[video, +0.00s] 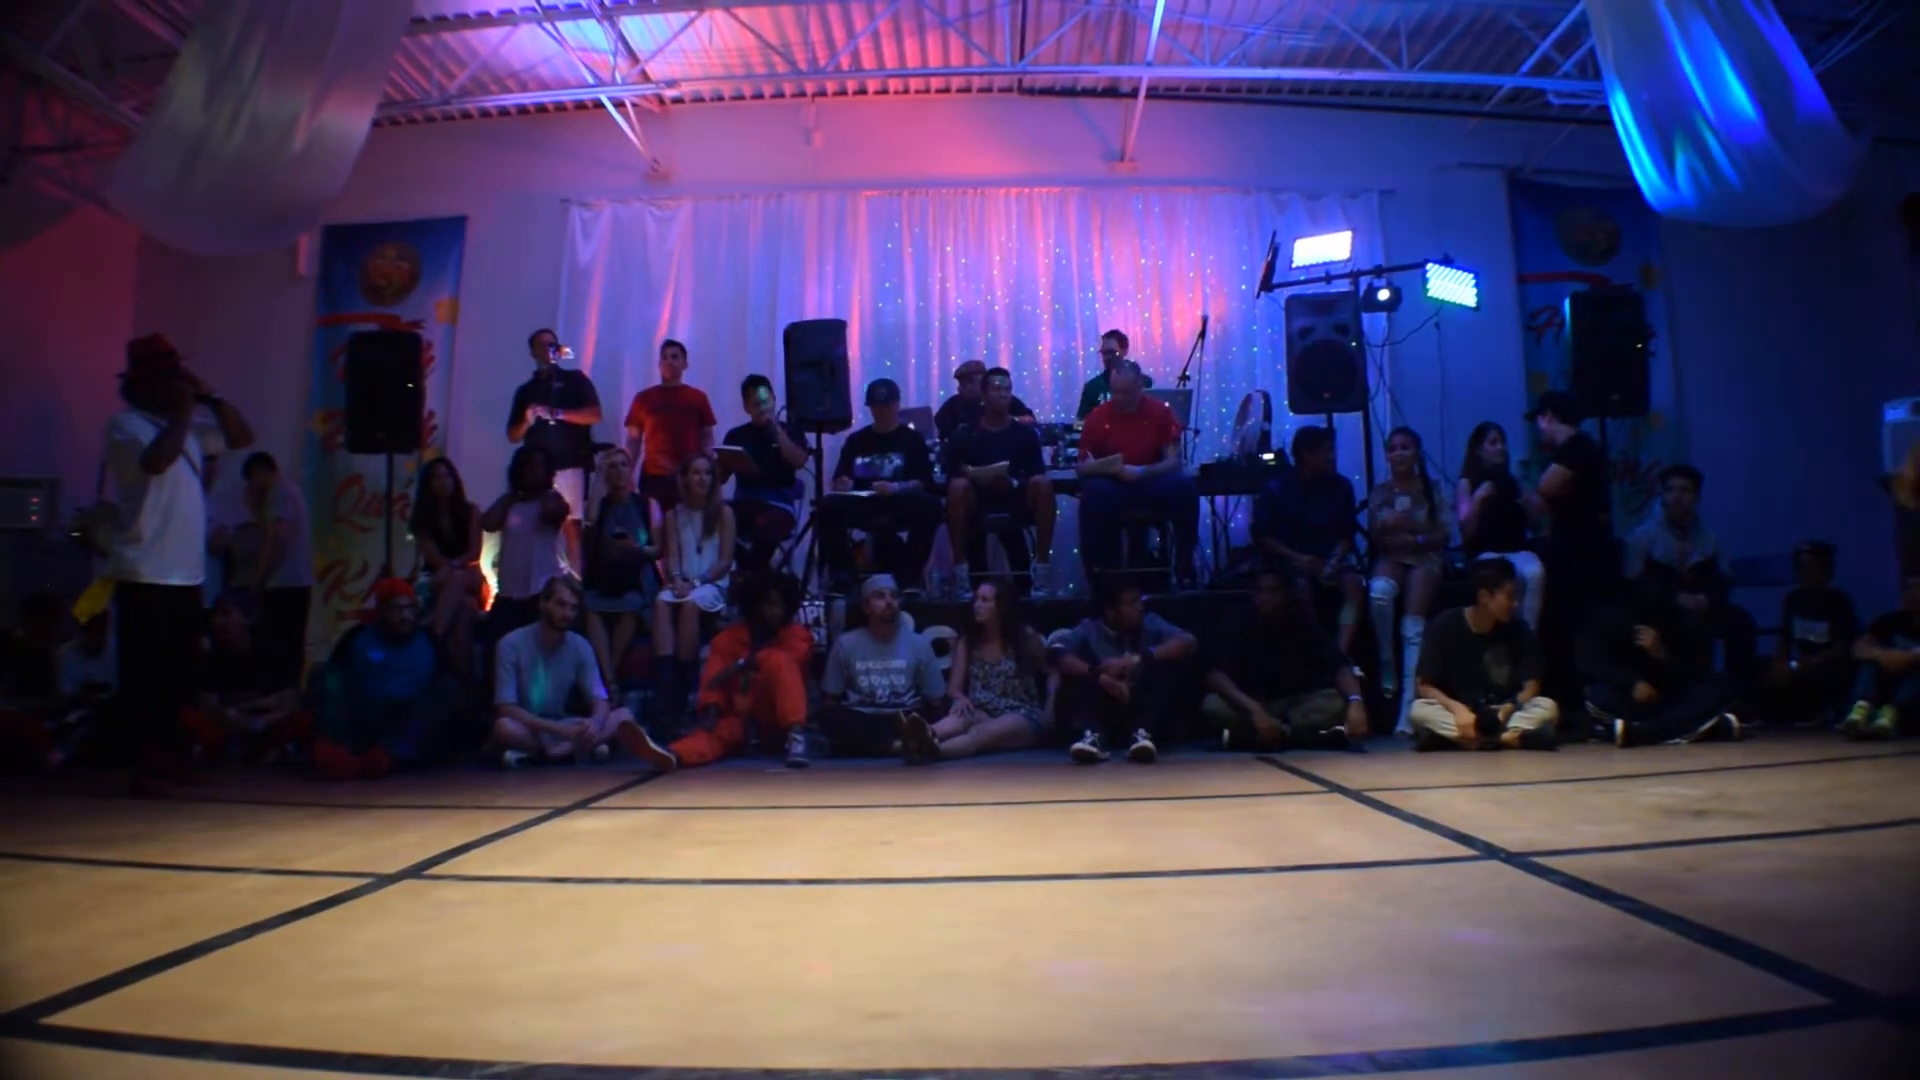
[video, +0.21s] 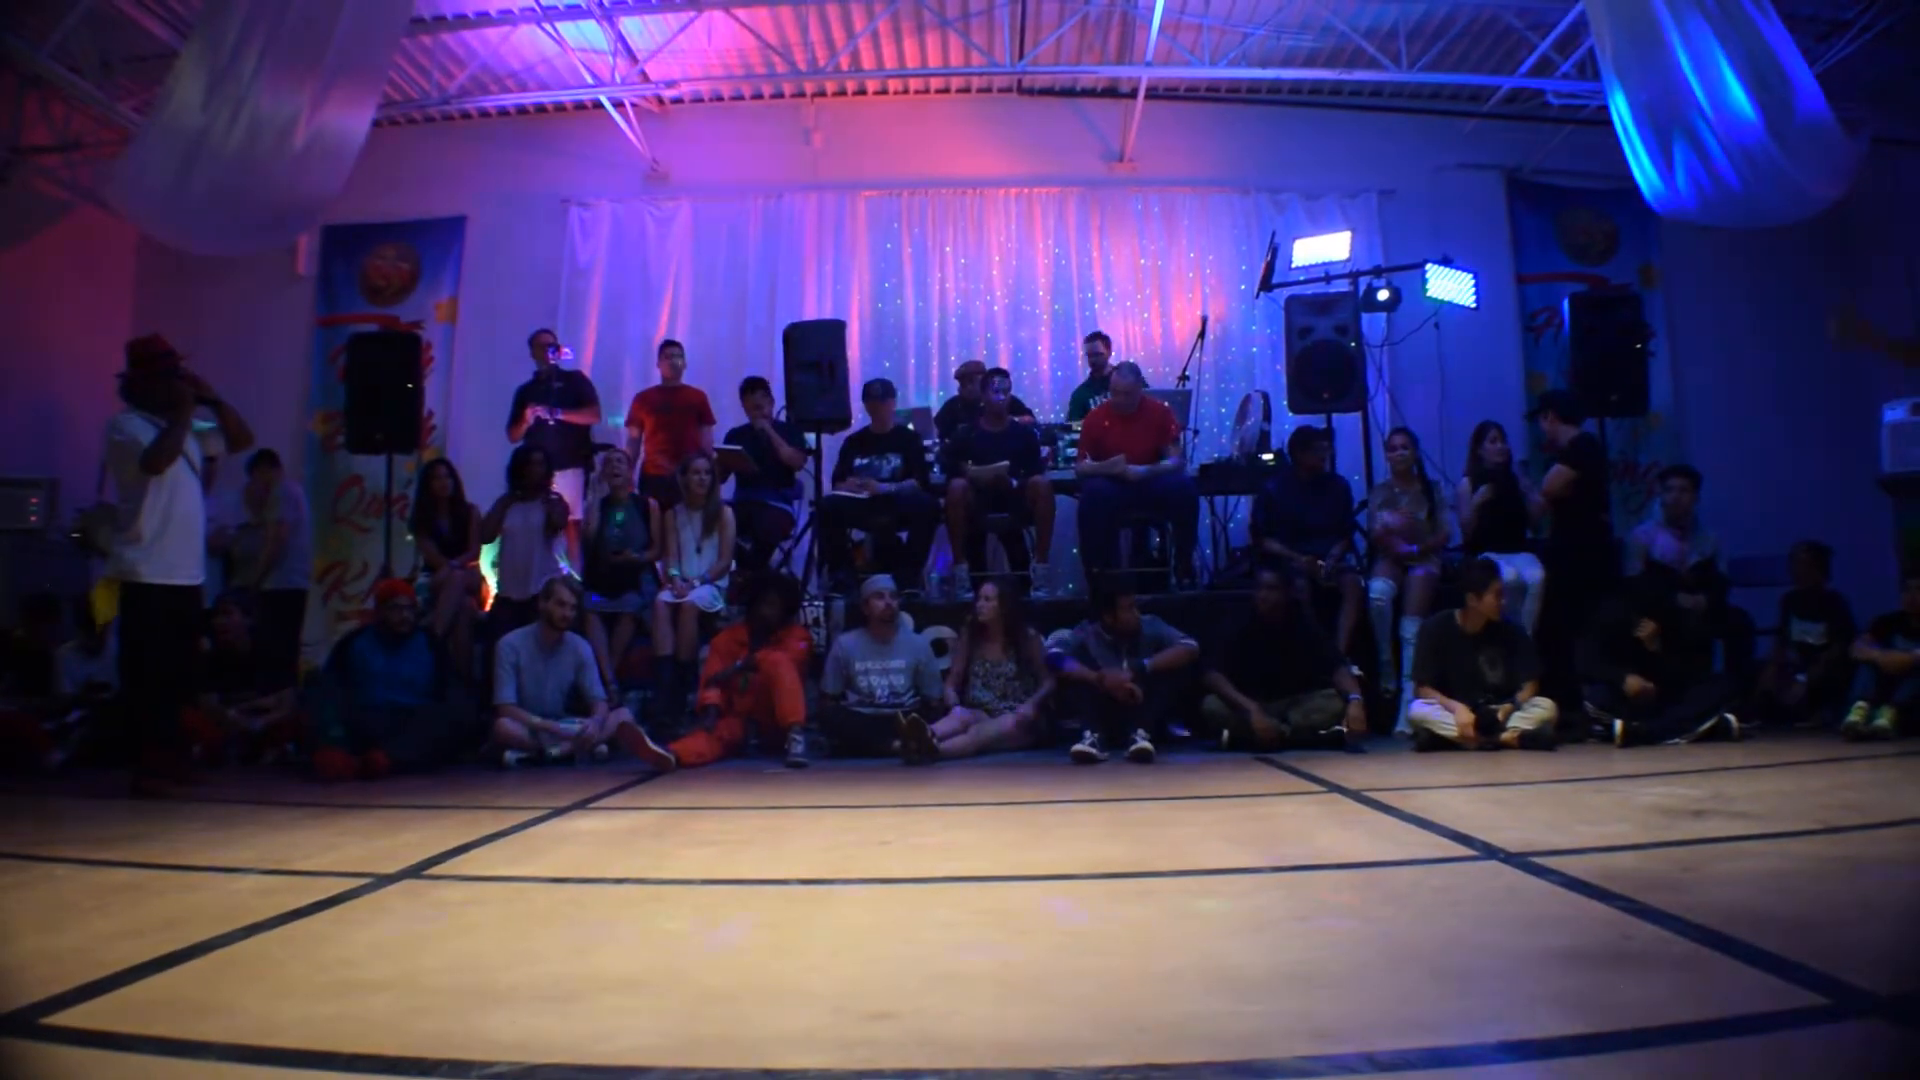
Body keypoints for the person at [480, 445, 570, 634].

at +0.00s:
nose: (534, 472)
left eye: (540, 466)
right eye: (529, 466)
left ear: (549, 471)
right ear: (518, 470)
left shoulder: (552, 499)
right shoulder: (509, 502)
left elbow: (556, 514)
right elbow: (488, 524)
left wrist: (547, 495)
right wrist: (510, 498)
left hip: (543, 593)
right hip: (509, 593)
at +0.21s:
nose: (537, 470)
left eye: (541, 465)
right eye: (531, 464)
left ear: (548, 470)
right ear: (518, 469)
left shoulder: (554, 502)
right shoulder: (506, 503)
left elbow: (557, 526)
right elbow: (485, 536)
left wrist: (548, 499)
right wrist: (506, 501)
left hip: (542, 593)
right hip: (508, 593)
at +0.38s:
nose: (538, 471)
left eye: (542, 465)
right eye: (532, 465)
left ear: (548, 470)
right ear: (518, 469)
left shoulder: (555, 503)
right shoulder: (505, 503)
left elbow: (555, 532)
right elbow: (486, 539)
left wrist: (549, 500)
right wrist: (506, 502)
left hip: (544, 595)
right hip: (509, 594)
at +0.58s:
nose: (536, 471)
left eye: (541, 465)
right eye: (530, 465)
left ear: (547, 470)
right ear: (517, 469)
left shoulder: (553, 502)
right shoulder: (503, 502)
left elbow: (559, 538)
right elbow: (488, 543)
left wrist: (553, 506)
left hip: (543, 591)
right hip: (508, 591)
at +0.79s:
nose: (535, 471)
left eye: (540, 465)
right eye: (529, 465)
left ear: (547, 470)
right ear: (517, 469)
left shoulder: (553, 502)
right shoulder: (503, 502)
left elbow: (562, 540)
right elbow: (487, 545)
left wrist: (553, 507)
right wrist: (499, 510)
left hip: (543, 590)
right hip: (508, 591)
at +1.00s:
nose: (533, 472)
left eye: (538, 466)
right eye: (527, 466)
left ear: (545, 470)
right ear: (514, 469)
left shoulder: (551, 501)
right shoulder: (500, 501)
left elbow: (563, 542)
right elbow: (488, 545)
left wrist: (553, 510)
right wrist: (497, 510)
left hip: (541, 591)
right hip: (506, 592)